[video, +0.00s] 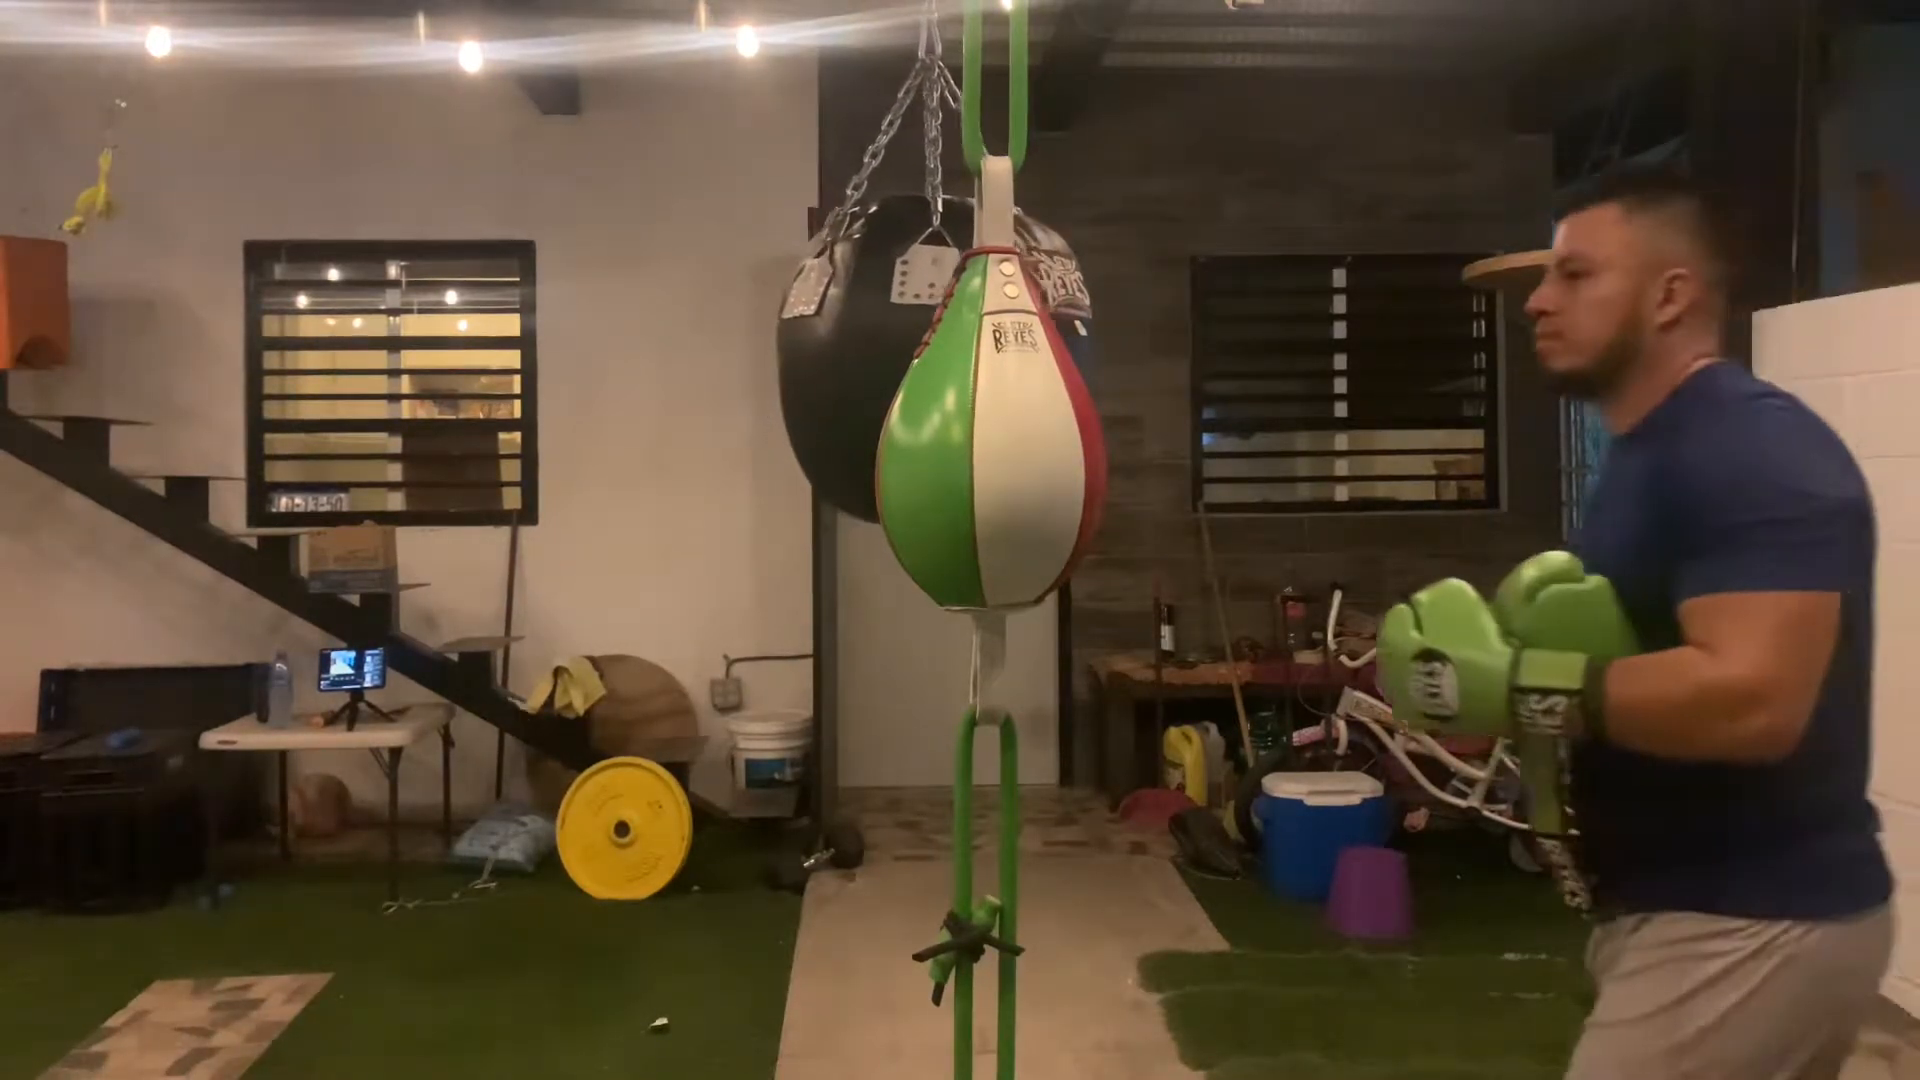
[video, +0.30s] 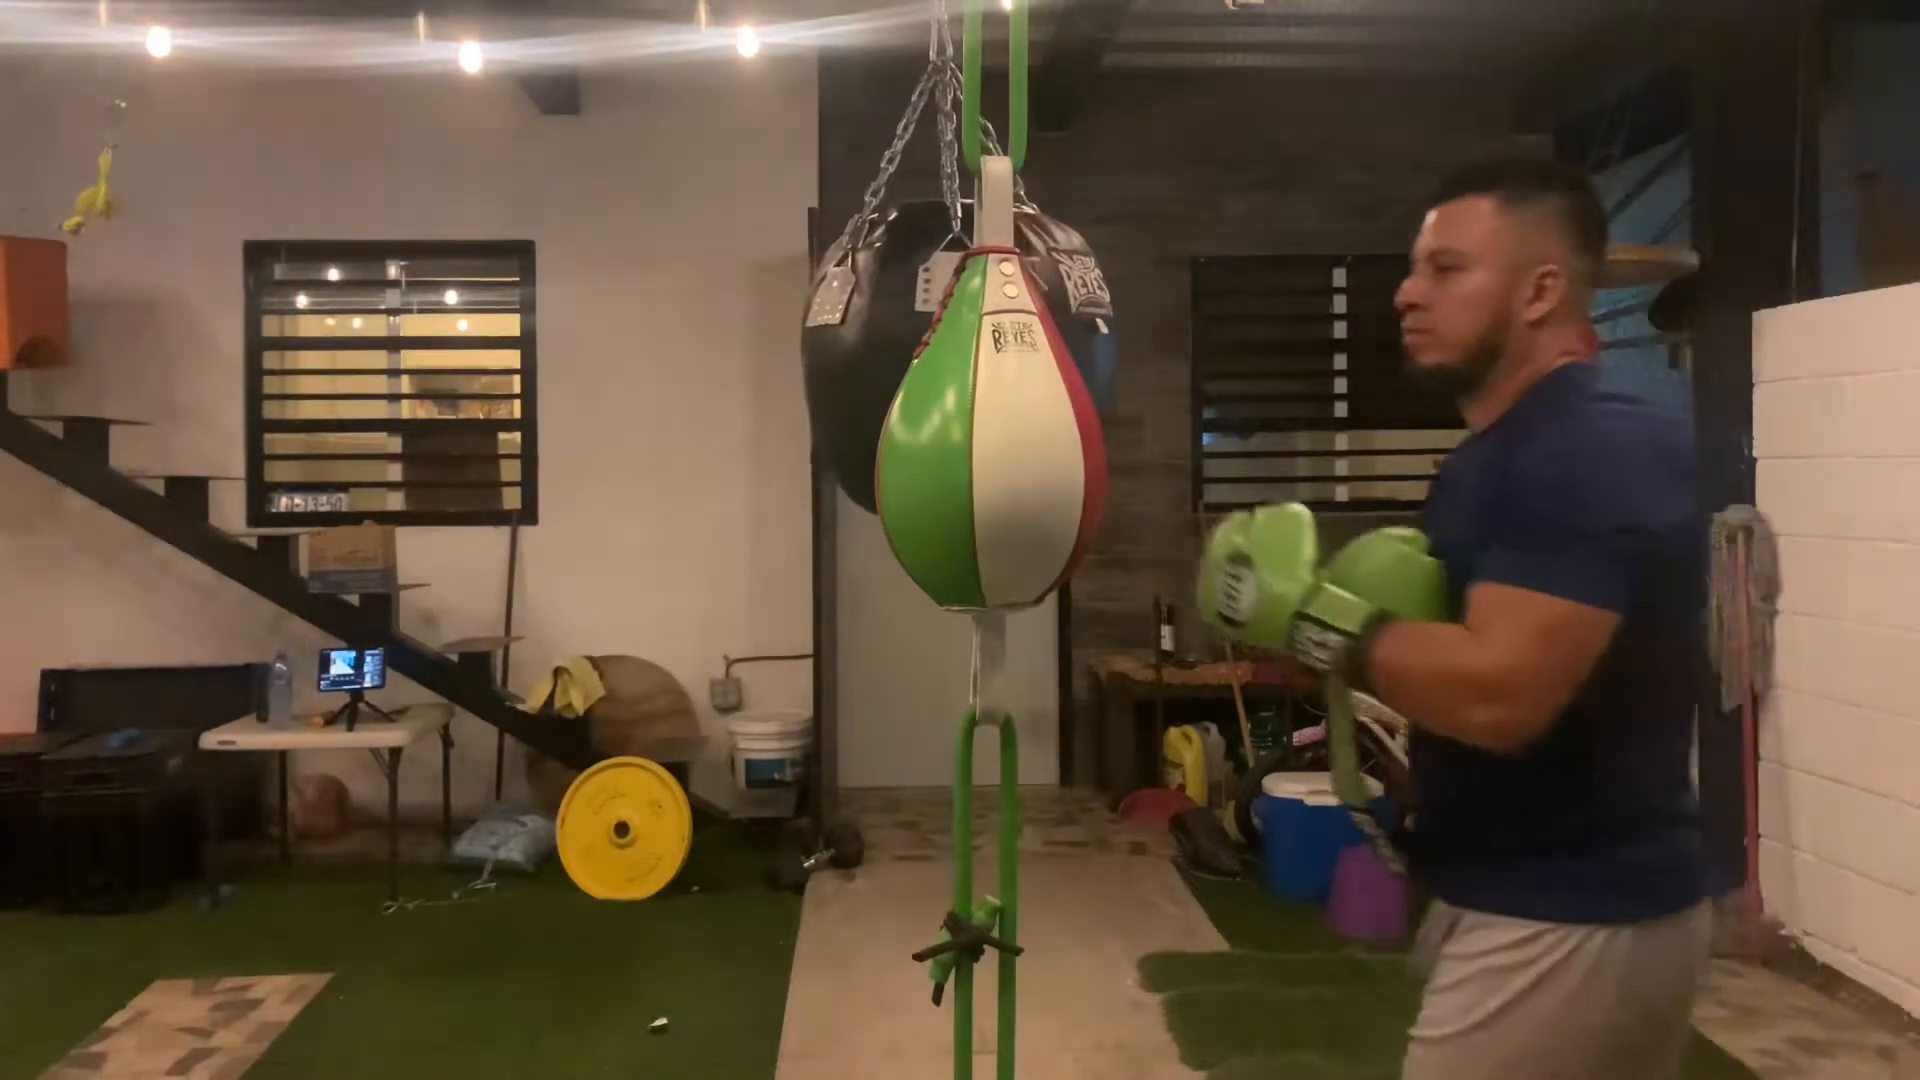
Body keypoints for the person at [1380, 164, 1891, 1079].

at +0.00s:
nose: (1539, 302)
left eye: (1575, 274)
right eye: (1545, 276)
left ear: (1672, 295)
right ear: (1662, 299)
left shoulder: (1752, 448)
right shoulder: (1647, 454)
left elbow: (1757, 703)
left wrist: (1519, 689)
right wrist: (1522, 650)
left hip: (1746, 931)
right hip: (1683, 919)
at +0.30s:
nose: (1407, 295)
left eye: (1445, 268)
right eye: (1412, 270)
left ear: (1541, 288)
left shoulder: (1595, 445)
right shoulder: (1494, 454)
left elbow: (1501, 695)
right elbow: (1473, 652)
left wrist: (1313, 619)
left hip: (1570, 926)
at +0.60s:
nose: (1298, 267)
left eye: (1339, 240)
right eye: (1300, 243)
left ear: (1432, 265)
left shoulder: (1479, 404)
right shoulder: (1366, 427)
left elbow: (1317, 630)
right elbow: (1321, 601)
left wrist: (1174, 533)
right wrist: (1223, 551)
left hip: (1468, 910)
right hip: (1363, 886)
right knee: (1299, 1063)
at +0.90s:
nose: (1207, 267)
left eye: (1246, 241)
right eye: (1202, 244)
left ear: (1332, 273)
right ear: (1193, 262)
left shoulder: (1391, 399)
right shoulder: (1239, 435)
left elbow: (1213, 582)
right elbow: (1162, 560)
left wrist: (1086, 516)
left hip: (1390, 907)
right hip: (1256, 887)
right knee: (1220, 1064)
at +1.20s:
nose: (1122, 282)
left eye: (1158, 256)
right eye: (1104, 261)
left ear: (1223, 287)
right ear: (1085, 286)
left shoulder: (1270, 410)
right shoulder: (1106, 438)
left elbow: (1142, 585)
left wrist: (979, 528)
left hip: (1248, 899)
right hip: (1108, 879)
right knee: (1063, 1066)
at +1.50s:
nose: (1040, 280)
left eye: (1069, 256)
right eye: (1020, 259)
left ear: (1124, 281)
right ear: (997, 279)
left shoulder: (1181, 403)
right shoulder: (994, 413)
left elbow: (1097, 577)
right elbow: (891, 583)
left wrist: (927, 548)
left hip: (1148, 841)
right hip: (1012, 827)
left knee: (1119, 1067)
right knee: (1006, 1066)